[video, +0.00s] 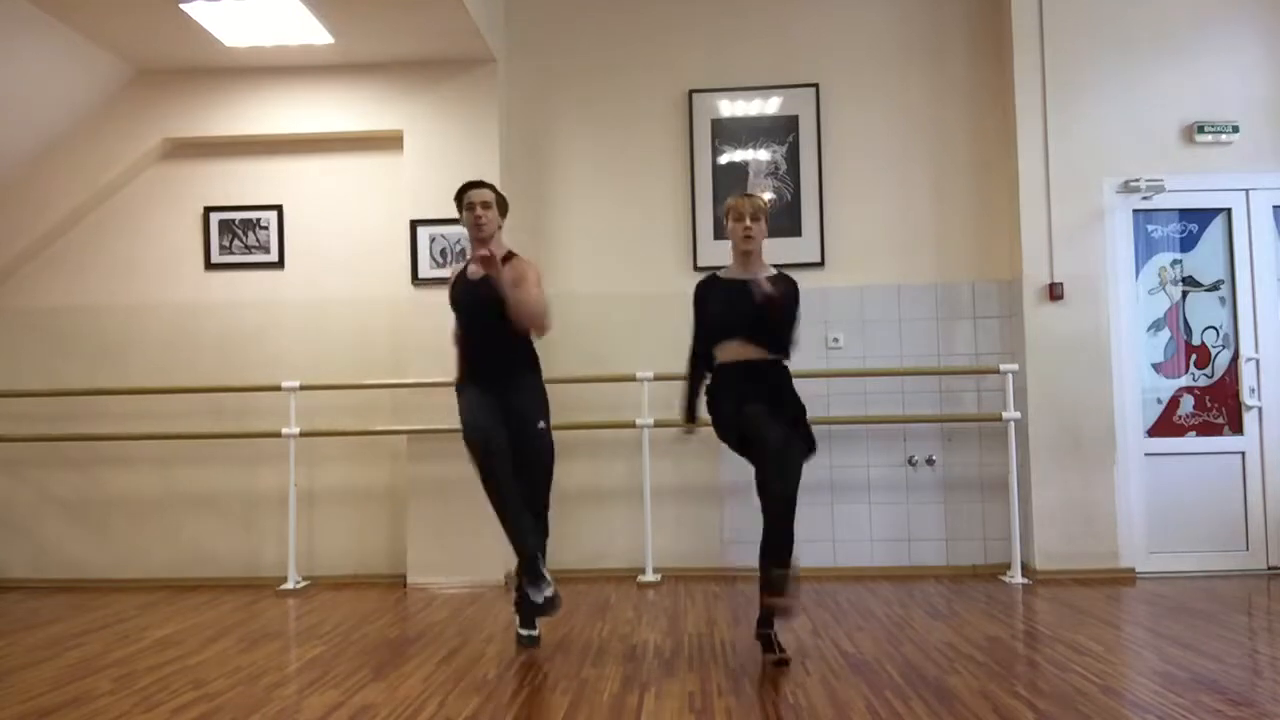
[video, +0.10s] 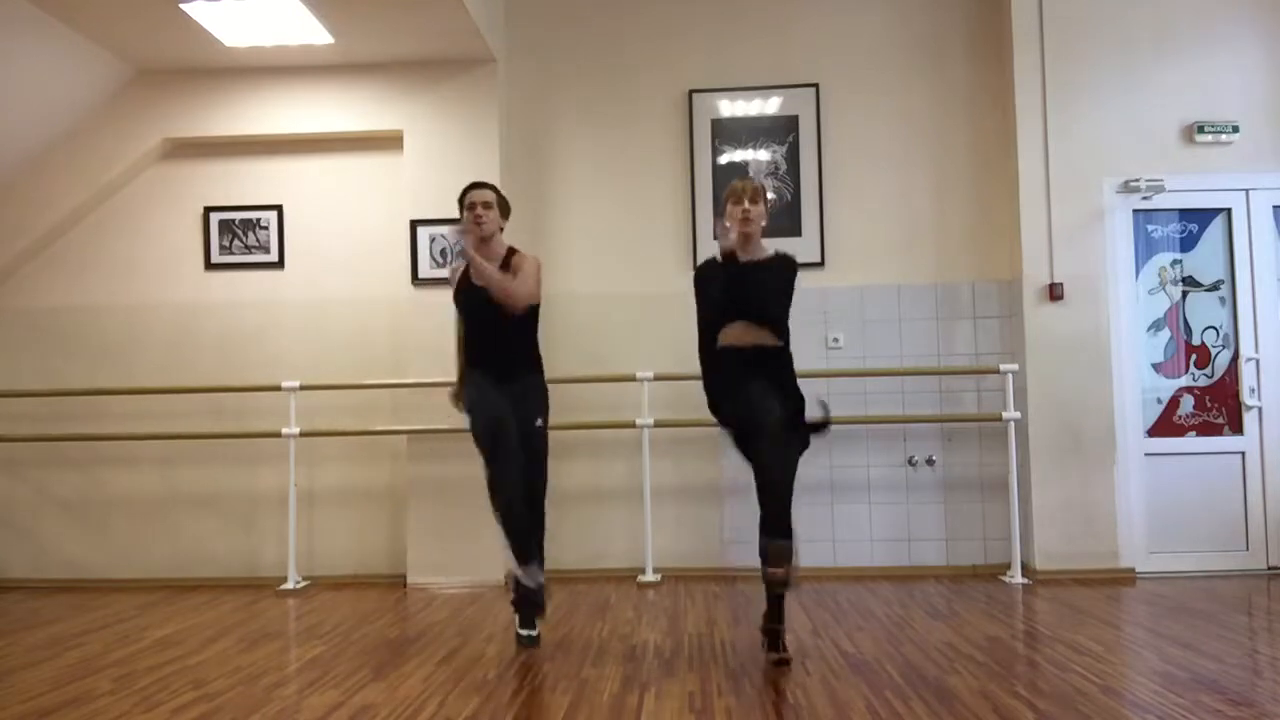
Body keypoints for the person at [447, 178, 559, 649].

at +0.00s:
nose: (479, 214)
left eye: (486, 207)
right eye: (471, 209)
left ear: (501, 214)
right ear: (462, 219)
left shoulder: (520, 268)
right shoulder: (460, 280)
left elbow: (536, 321)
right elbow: (462, 337)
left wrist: (500, 278)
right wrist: (461, 382)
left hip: (522, 388)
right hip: (477, 389)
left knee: (533, 494)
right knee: (492, 462)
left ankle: (527, 608)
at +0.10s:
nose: (479, 214)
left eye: (487, 207)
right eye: (472, 208)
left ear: (503, 217)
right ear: (461, 221)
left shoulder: (524, 264)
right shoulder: (462, 273)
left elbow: (520, 299)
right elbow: (463, 331)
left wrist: (485, 271)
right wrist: (461, 380)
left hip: (525, 383)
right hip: (481, 381)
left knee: (531, 488)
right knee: (498, 436)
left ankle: (528, 604)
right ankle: (525, 561)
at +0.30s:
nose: (485, 216)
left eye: (492, 209)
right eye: (477, 210)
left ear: (508, 218)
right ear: (467, 220)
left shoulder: (527, 275)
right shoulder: (452, 283)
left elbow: (534, 343)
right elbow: (447, 350)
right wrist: (435, 407)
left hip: (525, 386)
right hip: (478, 386)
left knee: (532, 498)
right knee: (458, 430)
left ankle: (534, 604)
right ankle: (491, 508)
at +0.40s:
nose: (487, 221)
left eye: (495, 215)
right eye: (480, 215)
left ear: (510, 226)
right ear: (469, 226)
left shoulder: (528, 284)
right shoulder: (454, 287)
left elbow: (548, 357)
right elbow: (446, 353)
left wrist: (563, 421)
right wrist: (427, 409)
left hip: (523, 411)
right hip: (473, 410)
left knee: (532, 512)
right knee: (446, 483)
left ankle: (534, 611)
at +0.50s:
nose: (485, 207)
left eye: (493, 201)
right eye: (477, 202)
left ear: (509, 214)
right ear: (468, 216)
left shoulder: (531, 273)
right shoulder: (448, 272)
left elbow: (551, 330)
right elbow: (417, 323)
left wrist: (567, 375)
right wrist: (392, 365)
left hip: (511, 396)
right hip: (461, 397)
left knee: (519, 496)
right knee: (457, 502)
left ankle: (525, 591)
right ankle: (460, 608)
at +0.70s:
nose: (476, 215)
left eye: (484, 209)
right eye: (469, 209)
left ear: (500, 223)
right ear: (459, 222)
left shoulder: (519, 275)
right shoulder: (448, 272)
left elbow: (527, 319)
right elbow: (419, 310)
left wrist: (529, 348)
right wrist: (434, 277)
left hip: (495, 390)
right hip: (449, 389)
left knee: (431, 464)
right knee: (431, 505)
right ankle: (424, 615)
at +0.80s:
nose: (473, 215)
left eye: (482, 209)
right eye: (466, 210)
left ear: (499, 223)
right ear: (457, 225)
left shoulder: (519, 274)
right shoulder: (445, 272)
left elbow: (525, 325)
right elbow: (418, 308)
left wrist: (531, 371)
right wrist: (447, 277)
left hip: (496, 384)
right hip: (449, 385)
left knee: (440, 436)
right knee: (428, 495)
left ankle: (380, 537)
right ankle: (420, 614)